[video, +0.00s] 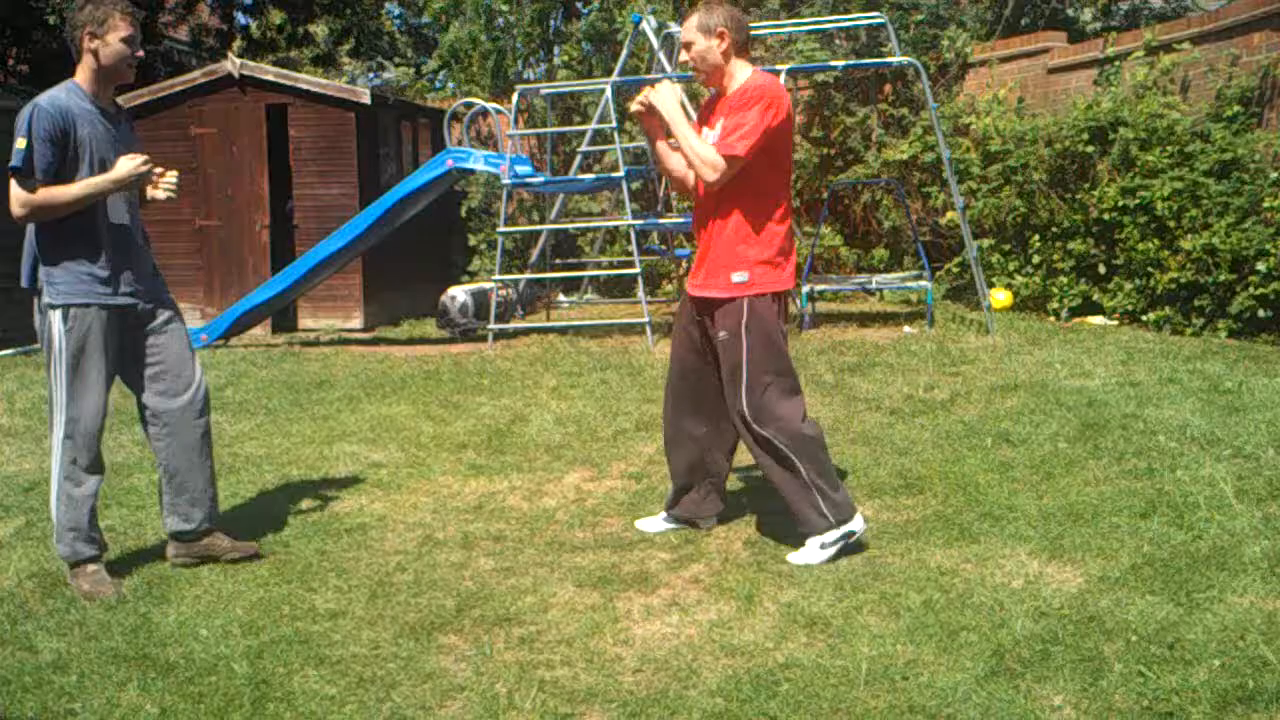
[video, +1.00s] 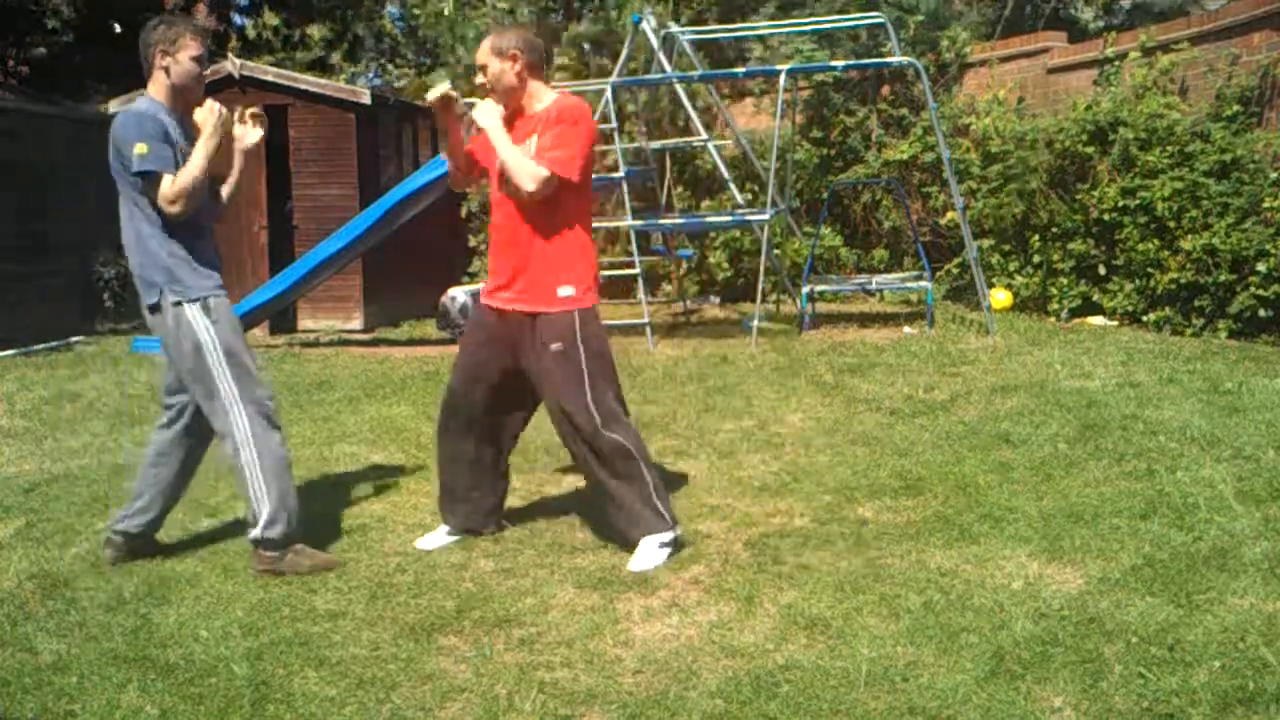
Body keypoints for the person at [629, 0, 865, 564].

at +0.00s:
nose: (683, 58)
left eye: (689, 46)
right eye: (681, 48)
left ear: (721, 40)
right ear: (715, 43)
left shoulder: (762, 92)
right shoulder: (719, 103)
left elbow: (714, 169)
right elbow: (688, 178)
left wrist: (672, 109)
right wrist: (654, 129)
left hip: (750, 272)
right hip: (710, 271)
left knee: (762, 402)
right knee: (693, 395)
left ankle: (836, 518)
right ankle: (695, 505)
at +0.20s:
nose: (645, 62)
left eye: (651, 51)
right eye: (642, 52)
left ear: (683, 43)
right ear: (673, 46)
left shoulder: (730, 89)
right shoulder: (662, 99)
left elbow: (685, 157)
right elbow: (624, 168)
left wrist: (641, 98)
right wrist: (597, 118)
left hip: (713, 262)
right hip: (667, 262)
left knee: (690, 388)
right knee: (657, 390)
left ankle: (756, 506)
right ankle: (685, 511)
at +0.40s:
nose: (615, 56)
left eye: (622, 47)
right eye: (614, 47)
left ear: (657, 43)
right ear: (644, 44)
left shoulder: (700, 91)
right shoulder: (629, 98)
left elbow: (650, 149)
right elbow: (582, 164)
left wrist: (615, 87)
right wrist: (575, 99)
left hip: (681, 267)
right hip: (638, 267)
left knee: (661, 400)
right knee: (643, 400)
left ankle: (670, 527)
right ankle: (681, 508)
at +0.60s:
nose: (573, 70)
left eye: (578, 60)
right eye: (572, 61)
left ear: (610, 54)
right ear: (603, 55)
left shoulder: (652, 103)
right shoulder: (607, 106)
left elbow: (599, 178)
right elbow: (570, 177)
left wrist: (565, 114)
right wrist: (546, 121)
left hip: (639, 278)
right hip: (597, 274)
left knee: (631, 410)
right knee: (547, 376)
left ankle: (662, 530)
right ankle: (618, 481)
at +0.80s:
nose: (539, 72)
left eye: (542, 61)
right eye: (537, 64)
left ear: (570, 53)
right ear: (568, 55)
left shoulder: (612, 97)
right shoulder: (572, 106)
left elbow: (538, 147)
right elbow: (522, 163)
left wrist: (507, 94)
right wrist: (501, 111)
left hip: (601, 277)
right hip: (557, 276)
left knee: (617, 409)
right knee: (516, 394)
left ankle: (661, 530)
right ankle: (483, 509)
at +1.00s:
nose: (480, 80)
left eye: (485, 70)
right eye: (479, 71)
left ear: (515, 64)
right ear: (511, 64)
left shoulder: (570, 112)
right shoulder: (500, 120)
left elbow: (532, 182)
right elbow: (465, 174)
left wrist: (491, 127)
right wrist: (450, 124)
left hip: (561, 295)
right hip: (503, 296)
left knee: (593, 417)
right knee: (467, 408)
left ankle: (656, 527)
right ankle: (469, 517)